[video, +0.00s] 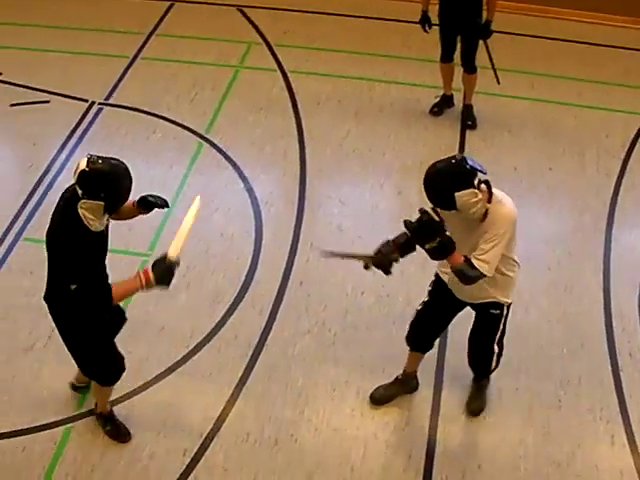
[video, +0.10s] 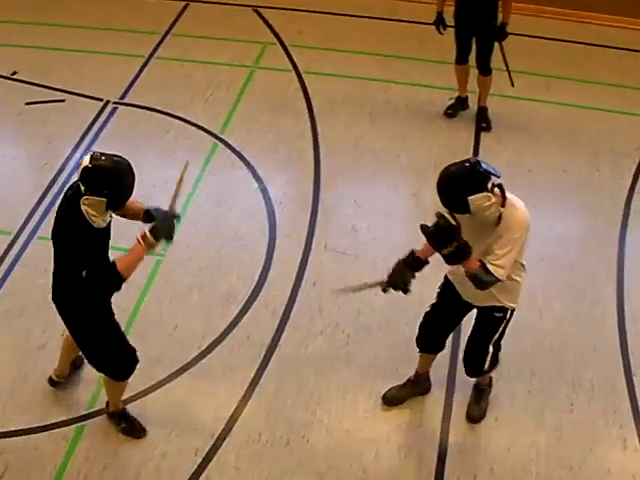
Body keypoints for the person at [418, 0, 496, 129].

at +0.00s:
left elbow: (491, 0)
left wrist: (488, 21)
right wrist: (424, 11)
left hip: (471, 17)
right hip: (447, 16)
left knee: (469, 64)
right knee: (446, 57)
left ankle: (467, 106)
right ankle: (447, 96)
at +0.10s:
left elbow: (506, 1)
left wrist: (504, 23)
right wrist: (439, 12)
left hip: (487, 20)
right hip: (463, 18)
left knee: (484, 66)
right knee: (461, 59)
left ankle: (482, 109)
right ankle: (462, 98)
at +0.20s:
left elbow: (525, 2)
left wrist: (522, 25)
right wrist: (457, 14)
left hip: (505, 22)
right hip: (480, 20)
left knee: (502, 69)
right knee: (478, 61)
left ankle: (500, 111)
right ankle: (479, 100)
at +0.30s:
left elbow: (537, 2)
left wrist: (534, 27)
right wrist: (470, 15)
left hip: (518, 23)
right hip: (493, 21)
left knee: (514, 70)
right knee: (491, 62)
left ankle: (512, 112)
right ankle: (491, 102)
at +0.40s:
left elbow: (542, 2)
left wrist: (539, 28)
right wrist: (475, 16)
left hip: (522, 24)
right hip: (498, 21)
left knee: (518, 70)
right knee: (495, 62)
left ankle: (516, 113)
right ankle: (495, 102)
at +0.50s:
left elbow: (543, 2)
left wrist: (539, 28)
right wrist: (475, 16)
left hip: (523, 24)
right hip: (498, 21)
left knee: (518, 70)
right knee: (495, 62)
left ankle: (516, 113)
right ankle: (496, 102)